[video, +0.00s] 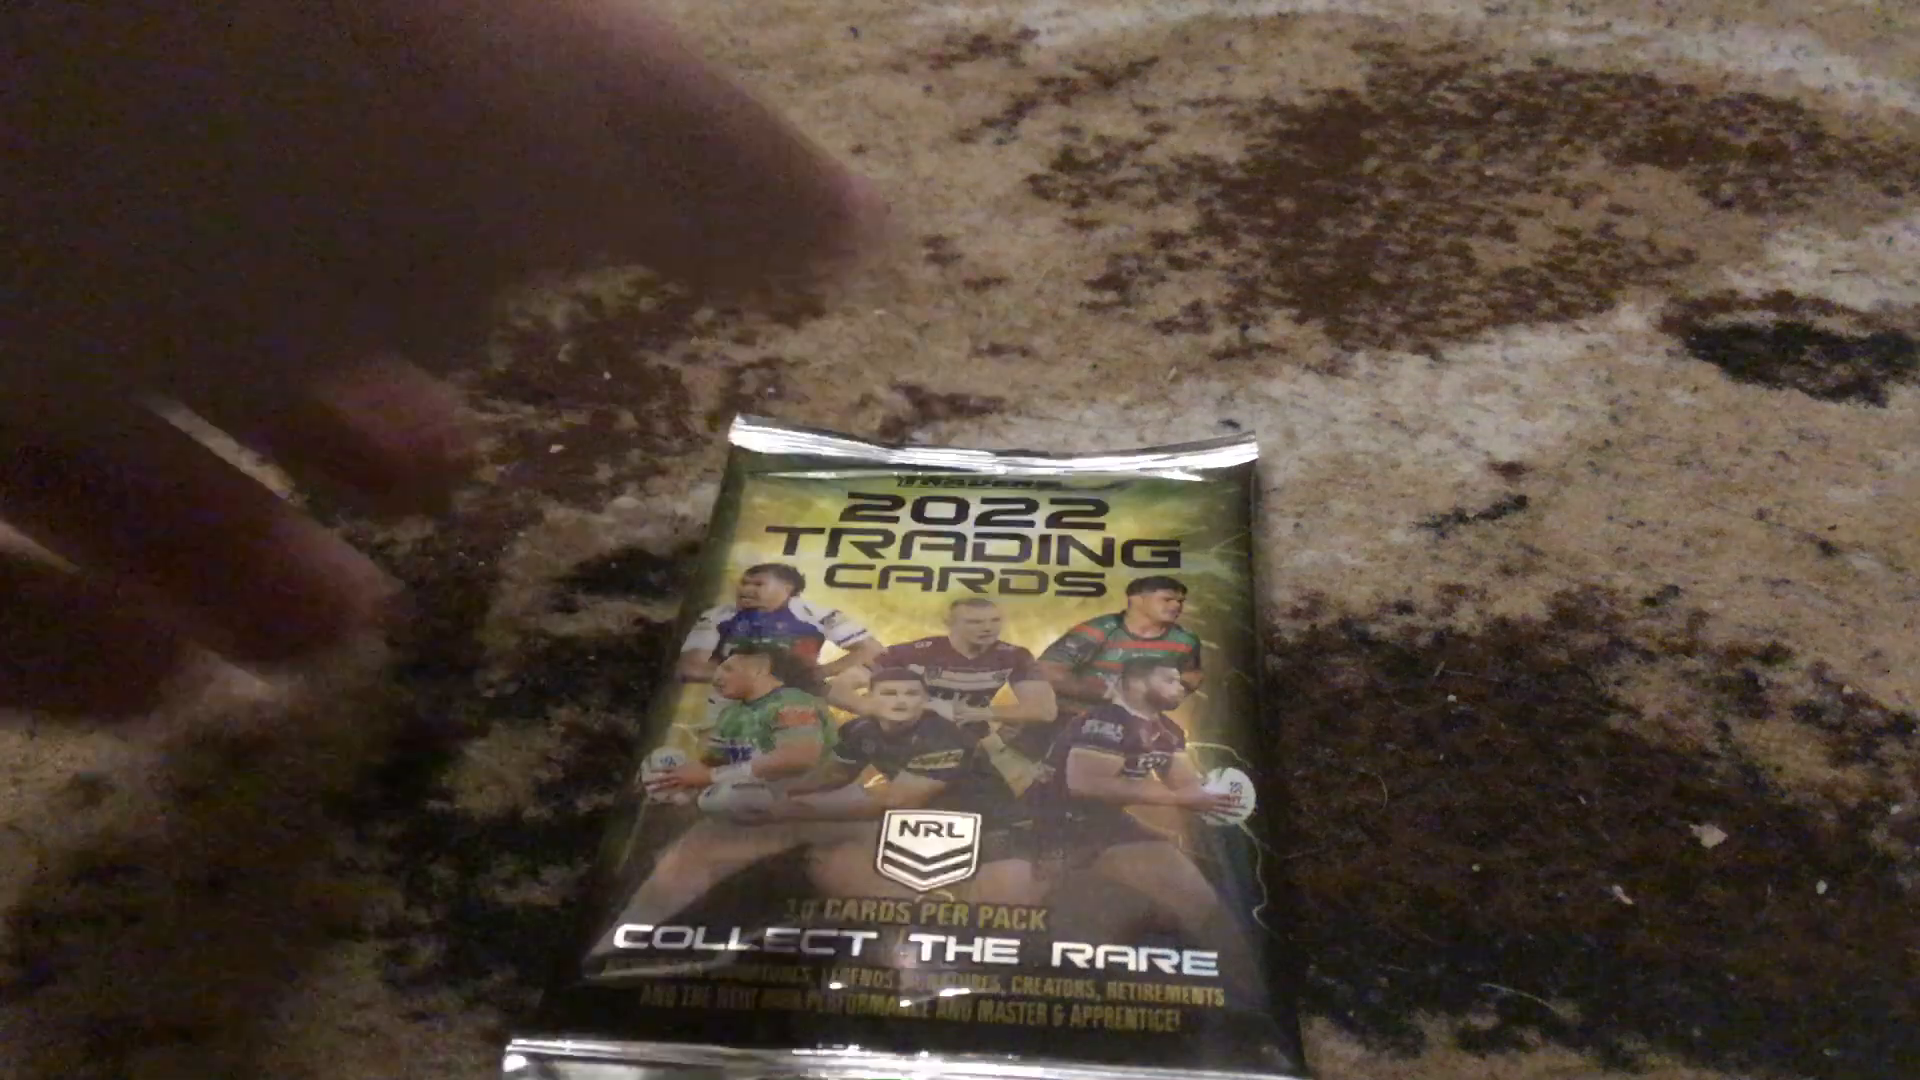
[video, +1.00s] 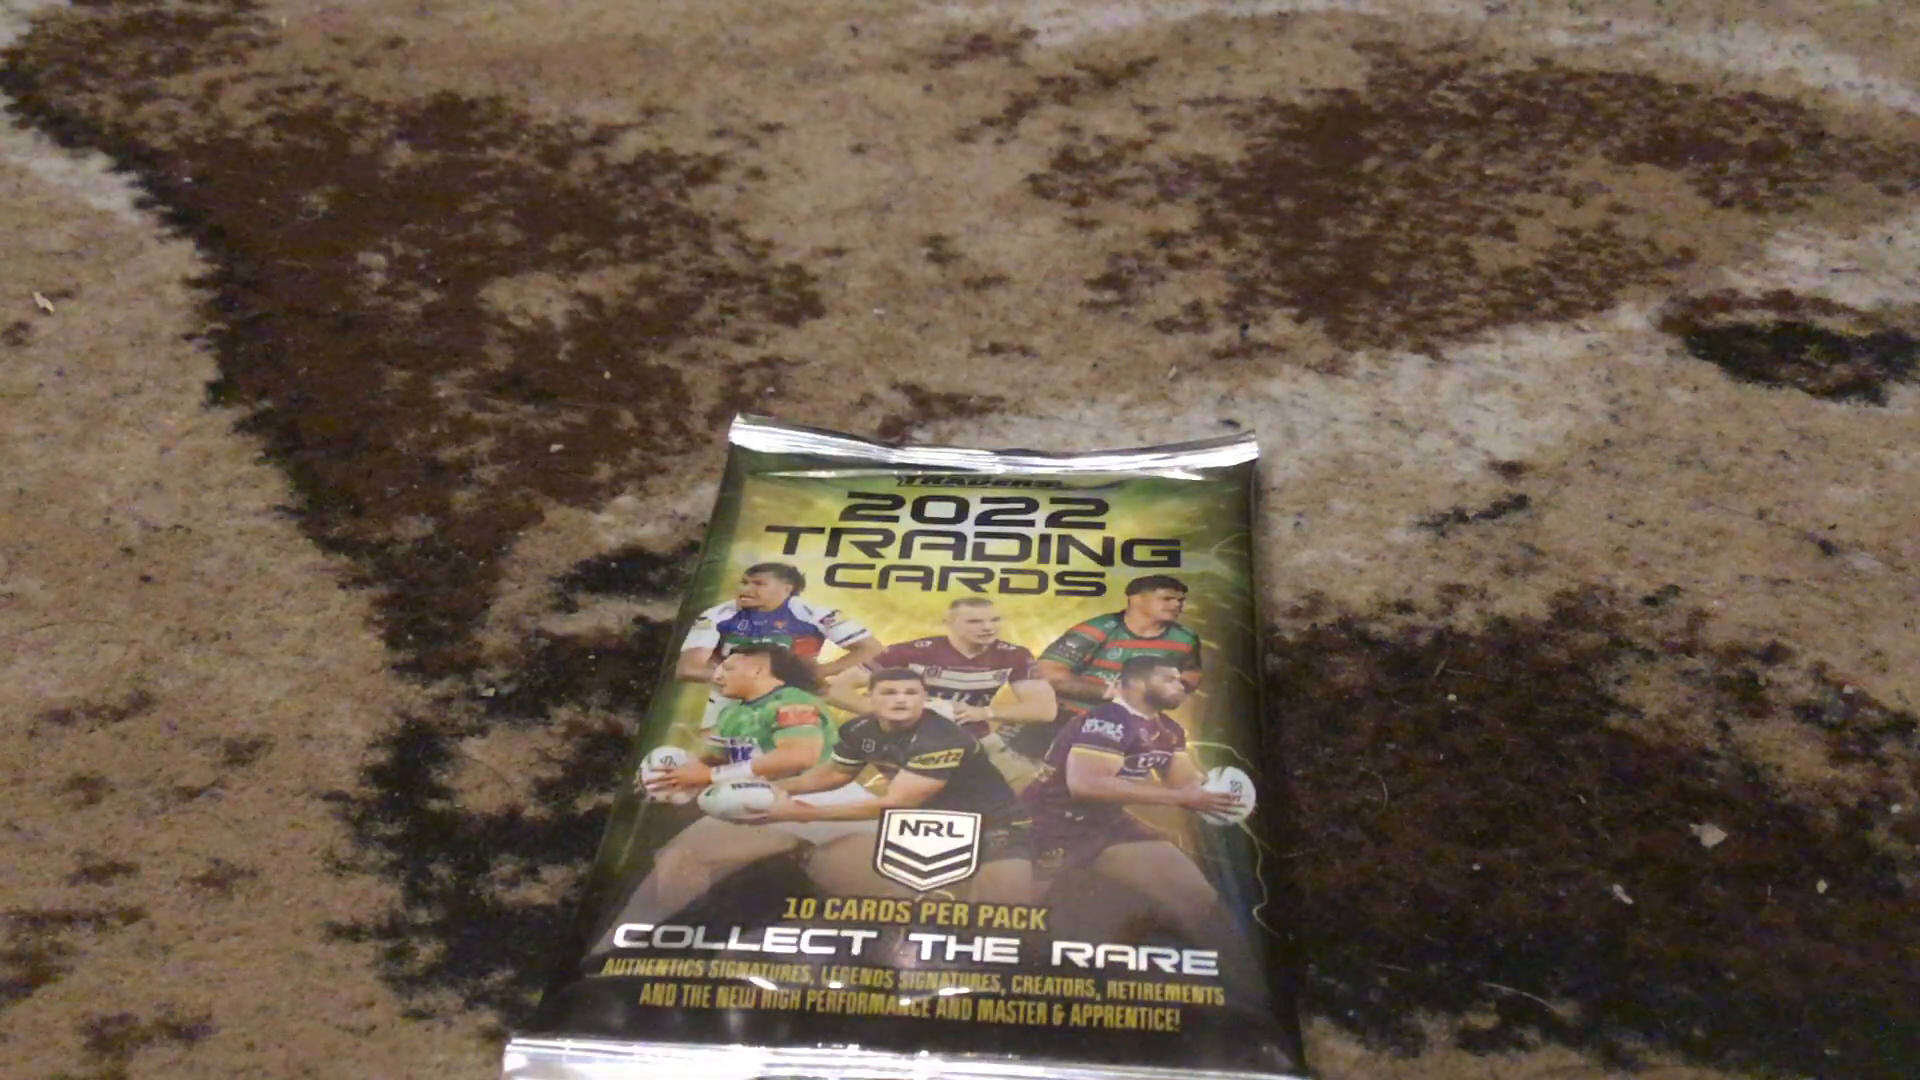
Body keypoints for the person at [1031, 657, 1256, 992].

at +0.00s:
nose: (1180, 687)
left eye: (1178, 681)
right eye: (1170, 680)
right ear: (1135, 682)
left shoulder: (1168, 732)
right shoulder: (1105, 721)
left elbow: (1184, 782)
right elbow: (1084, 782)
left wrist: (1219, 799)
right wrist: (1180, 797)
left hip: (1113, 827)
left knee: (1199, 902)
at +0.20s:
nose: (1179, 685)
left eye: (1178, 679)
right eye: (1168, 679)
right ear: (1135, 680)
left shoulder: (1166, 732)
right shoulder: (1106, 721)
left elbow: (1186, 783)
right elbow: (1084, 783)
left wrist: (1224, 799)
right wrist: (1180, 798)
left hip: (1105, 825)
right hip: (1048, 826)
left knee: (1194, 897)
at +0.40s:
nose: (1179, 684)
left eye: (1178, 678)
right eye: (1168, 678)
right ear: (1135, 682)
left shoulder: (1168, 733)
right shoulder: (1106, 720)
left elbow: (1185, 785)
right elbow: (1084, 782)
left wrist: (1221, 797)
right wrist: (1182, 798)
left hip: (1104, 825)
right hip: (1043, 822)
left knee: (1196, 899)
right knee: (994, 924)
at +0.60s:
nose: (1180, 685)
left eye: (1178, 680)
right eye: (1169, 679)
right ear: (1135, 682)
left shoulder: (1169, 733)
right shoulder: (1107, 719)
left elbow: (1185, 784)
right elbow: (1084, 783)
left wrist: (1221, 799)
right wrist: (1182, 797)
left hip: (1102, 827)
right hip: (1042, 826)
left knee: (1195, 897)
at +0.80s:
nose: (1180, 684)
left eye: (1178, 679)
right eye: (1169, 679)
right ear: (1135, 682)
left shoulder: (1169, 733)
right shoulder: (1106, 720)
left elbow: (1187, 784)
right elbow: (1084, 782)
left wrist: (1224, 800)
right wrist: (1181, 797)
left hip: (1102, 825)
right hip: (1045, 826)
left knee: (1196, 899)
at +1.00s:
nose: (1180, 684)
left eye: (1178, 679)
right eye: (1169, 678)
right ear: (1135, 682)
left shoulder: (1168, 732)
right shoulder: (1105, 720)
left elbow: (1187, 784)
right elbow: (1084, 782)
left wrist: (1228, 800)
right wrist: (1180, 796)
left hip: (1103, 827)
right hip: (1044, 828)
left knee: (1198, 900)